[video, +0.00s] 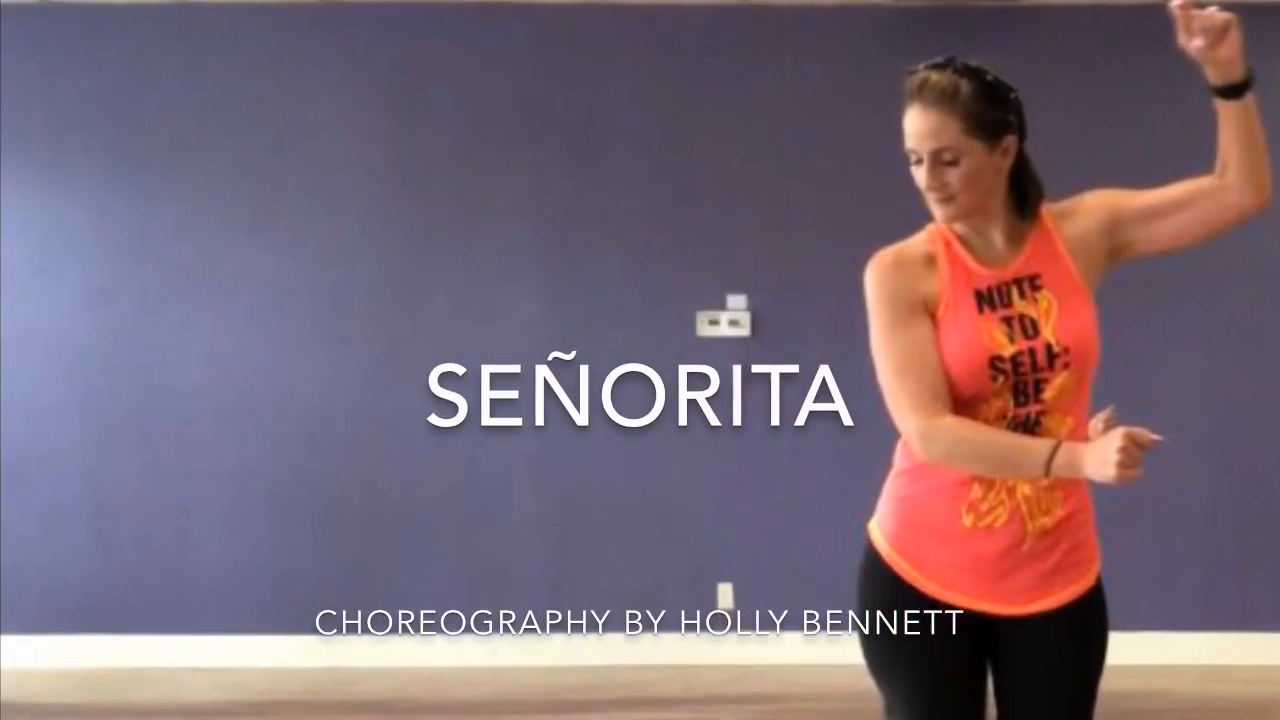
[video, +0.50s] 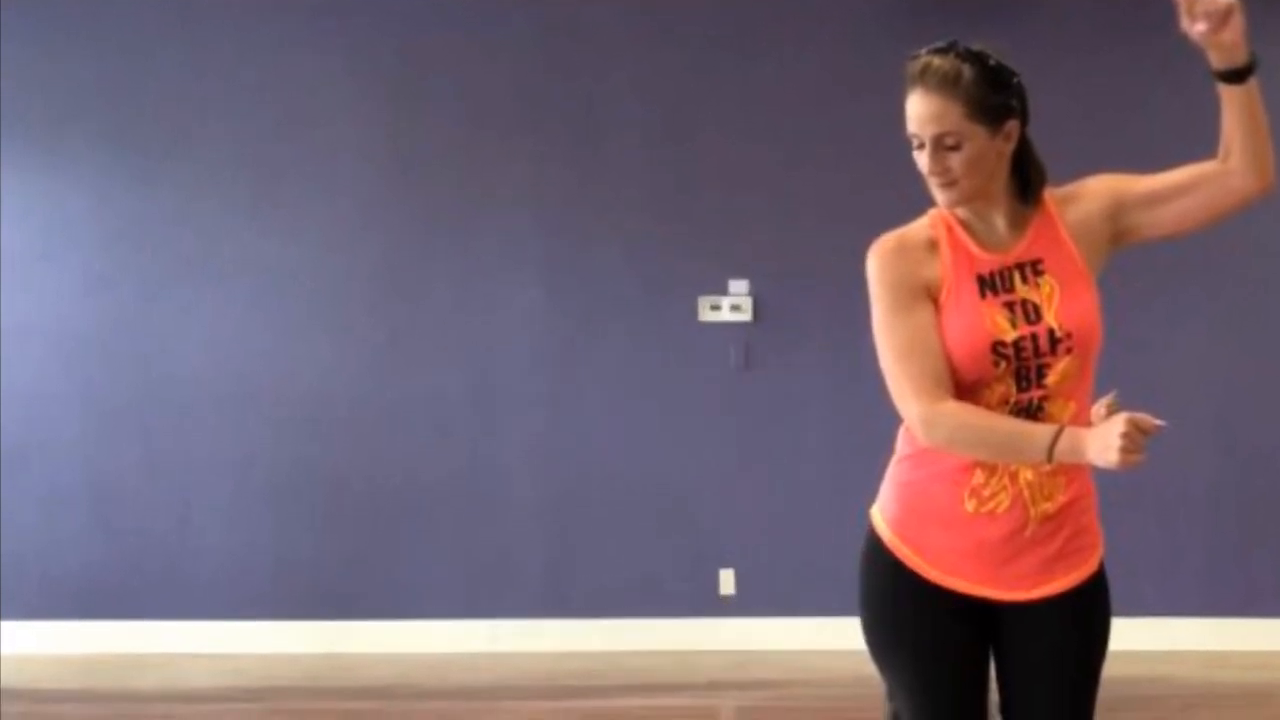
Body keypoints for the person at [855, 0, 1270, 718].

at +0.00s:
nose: (928, 181)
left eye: (946, 160)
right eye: (916, 162)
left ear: (1005, 149)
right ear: (906, 158)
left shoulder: (1087, 229)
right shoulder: (901, 273)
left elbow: (1242, 191)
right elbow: (928, 432)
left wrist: (1228, 79)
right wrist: (1074, 457)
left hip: (1054, 587)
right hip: (919, 587)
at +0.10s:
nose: (929, 179)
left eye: (947, 157)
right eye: (916, 159)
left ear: (1005, 146)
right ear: (906, 154)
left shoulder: (1087, 226)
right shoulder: (901, 270)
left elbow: (1243, 189)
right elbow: (929, 429)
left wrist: (1228, 76)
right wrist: (1076, 455)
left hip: (1054, 584)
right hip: (920, 584)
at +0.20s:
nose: (929, 176)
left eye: (947, 154)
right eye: (916, 155)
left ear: (1006, 142)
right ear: (906, 151)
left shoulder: (1087, 223)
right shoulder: (901, 267)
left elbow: (1244, 185)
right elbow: (930, 427)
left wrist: (1229, 74)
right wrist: (1076, 452)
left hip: (1055, 581)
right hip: (921, 581)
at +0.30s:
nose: (928, 173)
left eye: (947, 151)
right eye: (916, 151)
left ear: (1007, 140)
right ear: (906, 147)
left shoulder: (1088, 220)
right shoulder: (901, 264)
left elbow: (1244, 180)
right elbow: (930, 424)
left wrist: (1228, 68)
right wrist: (1076, 450)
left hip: (1055, 578)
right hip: (922, 577)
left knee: (1054, 711)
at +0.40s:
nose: (929, 170)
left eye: (947, 148)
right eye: (916, 149)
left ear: (1006, 137)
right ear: (906, 144)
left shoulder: (1088, 217)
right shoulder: (901, 261)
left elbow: (1245, 177)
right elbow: (930, 420)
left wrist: (1229, 65)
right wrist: (1076, 447)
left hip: (1056, 574)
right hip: (923, 574)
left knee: (1055, 710)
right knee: (936, 707)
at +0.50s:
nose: (929, 166)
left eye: (948, 144)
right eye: (916, 145)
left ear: (1007, 134)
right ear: (907, 142)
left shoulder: (1089, 215)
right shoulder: (902, 258)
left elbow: (1246, 175)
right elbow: (931, 417)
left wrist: (1230, 61)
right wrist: (1077, 443)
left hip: (1056, 573)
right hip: (923, 573)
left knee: (1055, 711)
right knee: (935, 707)